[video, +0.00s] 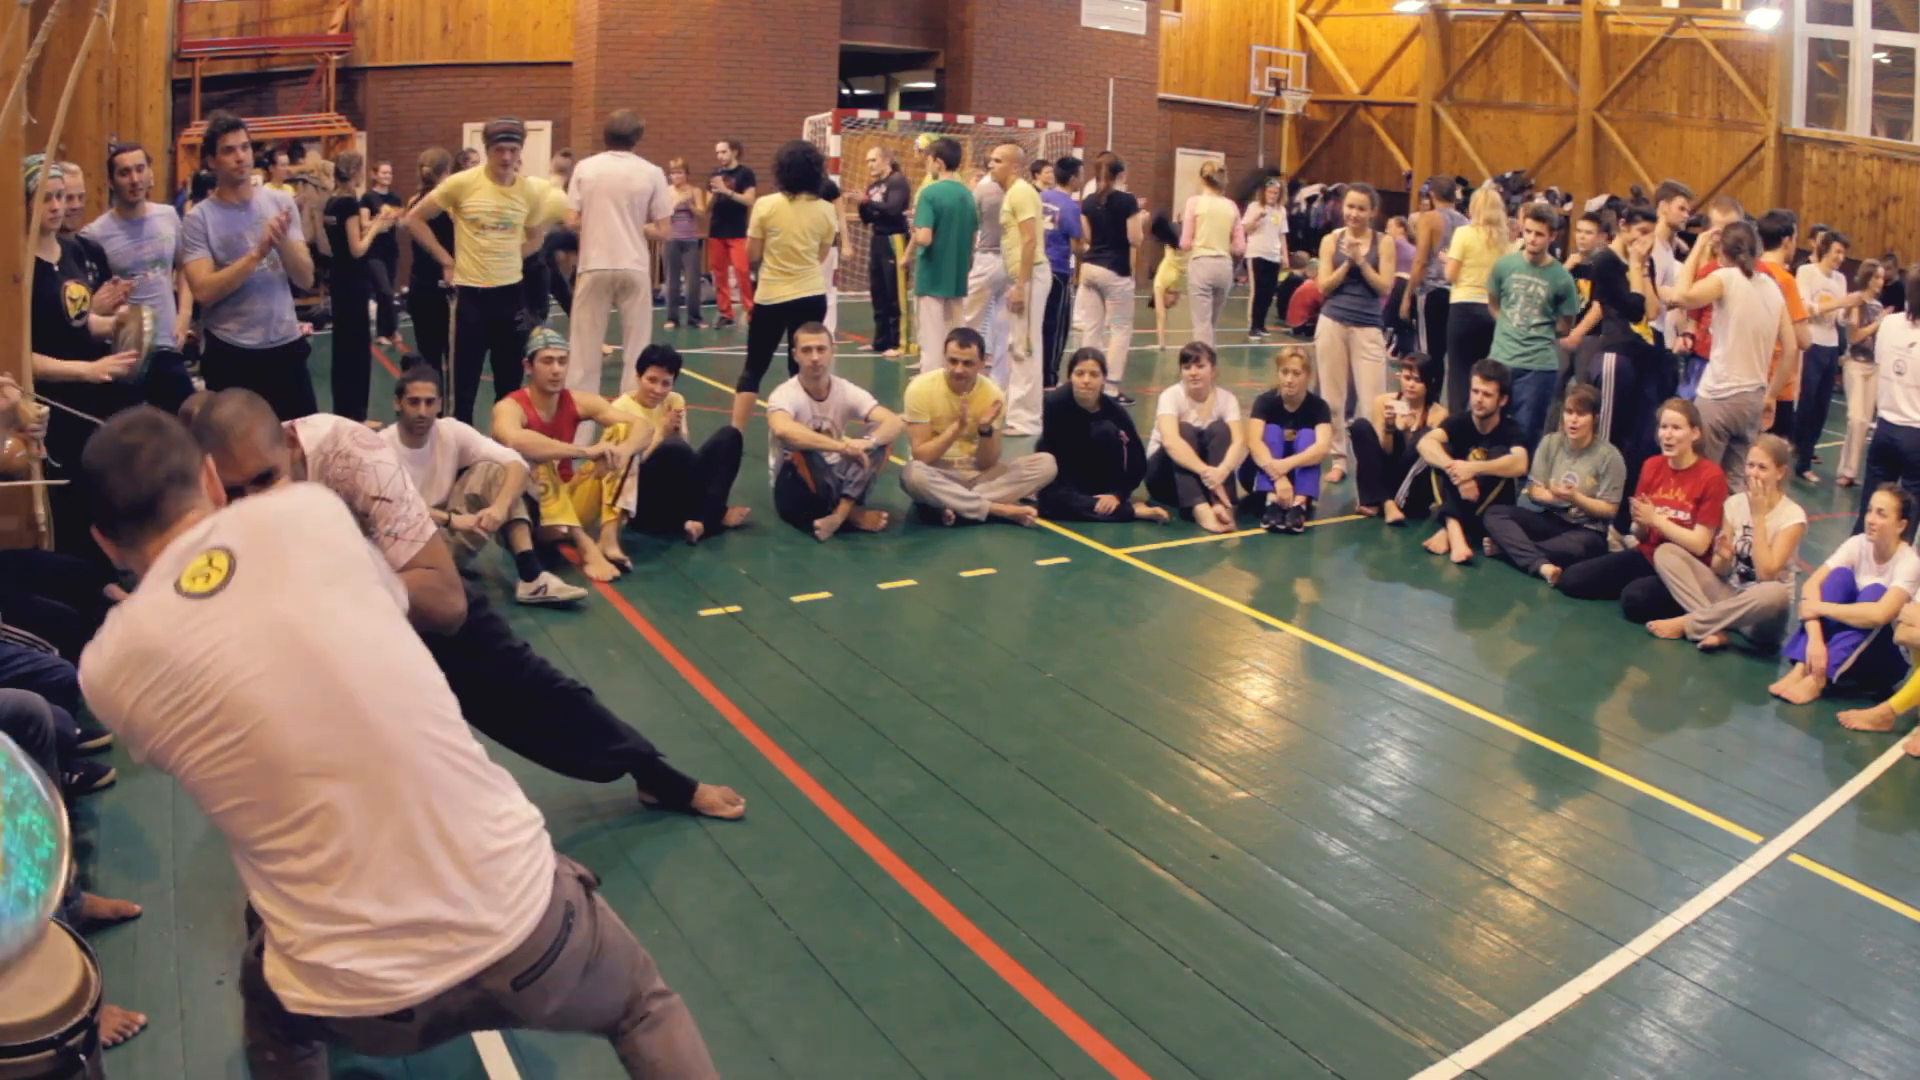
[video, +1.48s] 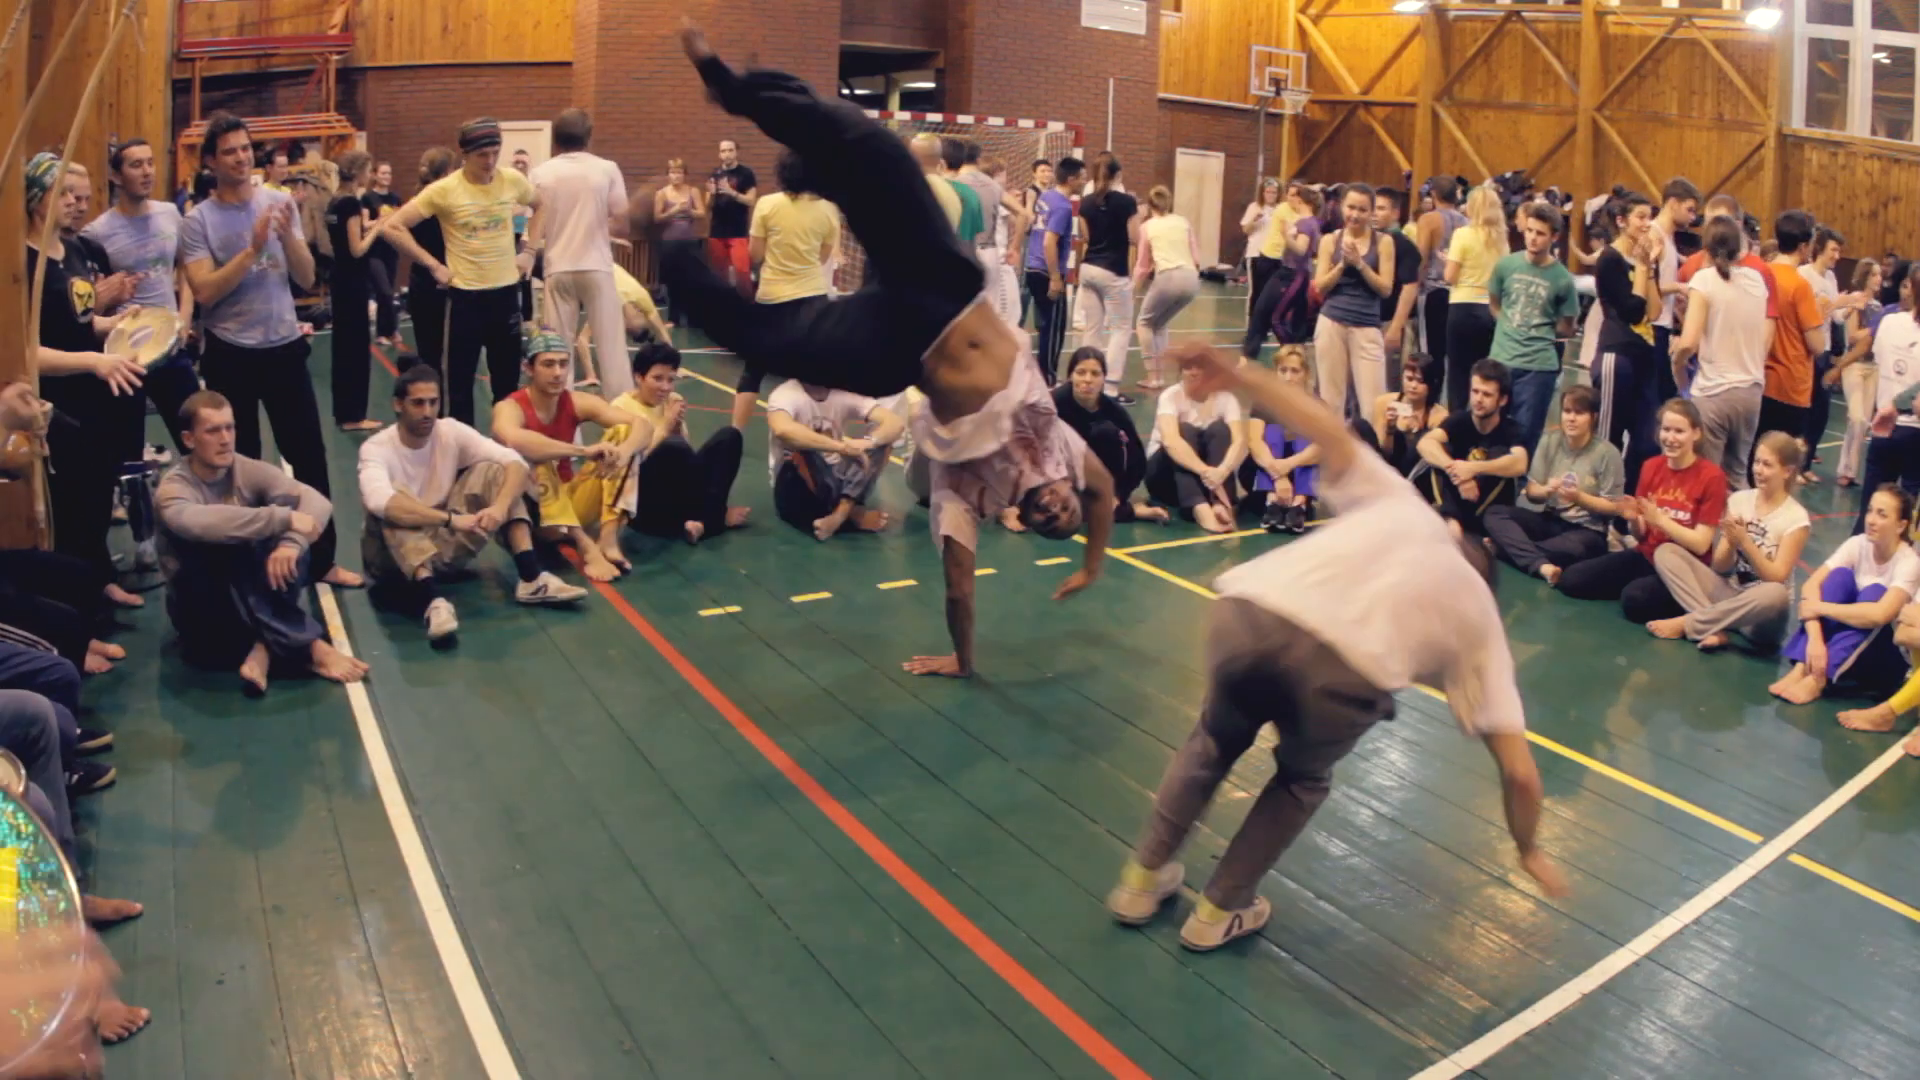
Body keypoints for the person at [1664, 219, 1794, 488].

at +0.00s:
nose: (1717, 258)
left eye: (1717, 251)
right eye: (1717, 251)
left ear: (1723, 253)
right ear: (1754, 251)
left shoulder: (1724, 278)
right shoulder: (1772, 287)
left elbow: (1683, 296)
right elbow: (1791, 348)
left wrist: (1696, 250)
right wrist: (1771, 394)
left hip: (1718, 394)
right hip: (1755, 395)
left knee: (1702, 479)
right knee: (1739, 481)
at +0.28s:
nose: (1717, 255)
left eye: (1717, 249)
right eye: (1717, 248)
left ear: (1722, 251)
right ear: (1753, 249)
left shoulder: (1723, 277)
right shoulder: (1771, 286)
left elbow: (1680, 296)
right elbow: (1790, 348)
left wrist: (1694, 251)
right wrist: (1768, 392)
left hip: (1717, 392)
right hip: (1755, 392)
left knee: (1704, 477)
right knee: (1737, 478)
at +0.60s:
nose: (1711, 249)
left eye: (1711, 245)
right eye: (1712, 244)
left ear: (1716, 248)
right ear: (1746, 247)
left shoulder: (1721, 276)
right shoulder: (1768, 285)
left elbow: (1676, 299)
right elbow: (1784, 348)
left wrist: (1688, 255)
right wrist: (1767, 396)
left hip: (1718, 392)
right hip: (1755, 392)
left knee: (1705, 477)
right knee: (1738, 478)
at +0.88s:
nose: (1705, 252)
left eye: (1707, 246)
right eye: (1707, 246)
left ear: (1714, 250)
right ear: (1743, 248)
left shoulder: (1714, 279)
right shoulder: (1764, 284)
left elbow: (1701, 337)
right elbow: (1773, 344)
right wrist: (1758, 377)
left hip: (1718, 390)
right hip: (1755, 391)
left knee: (1706, 476)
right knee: (1738, 476)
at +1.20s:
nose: (1705, 248)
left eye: (1707, 243)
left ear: (1709, 248)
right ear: (1742, 250)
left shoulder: (1704, 279)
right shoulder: (1760, 282)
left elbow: (1696, 340)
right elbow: (1776, 340)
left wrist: (1682, 374)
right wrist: (1750, 356)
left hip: (1714, 390)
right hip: (1753, 387)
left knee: (1705, 477)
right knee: (1737, 475)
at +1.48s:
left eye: (1706, 243)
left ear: (1706, 248)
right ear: (1739, 246)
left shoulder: (1702, 280)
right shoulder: (1757, 280)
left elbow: (1690, 343)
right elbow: (1765, 336)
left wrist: (1677, 360)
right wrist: (1751, 366)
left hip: (1711, 391)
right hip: (1751, 391)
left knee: (1708, 476)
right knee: (1738, 475)